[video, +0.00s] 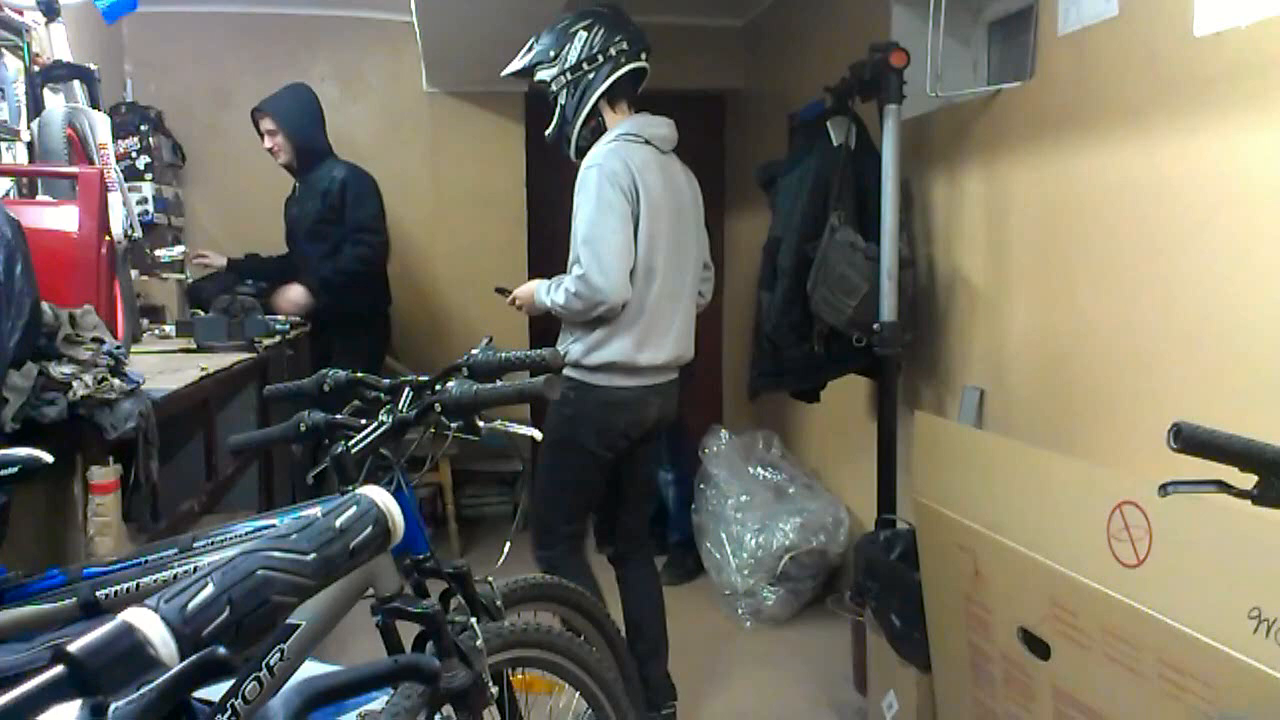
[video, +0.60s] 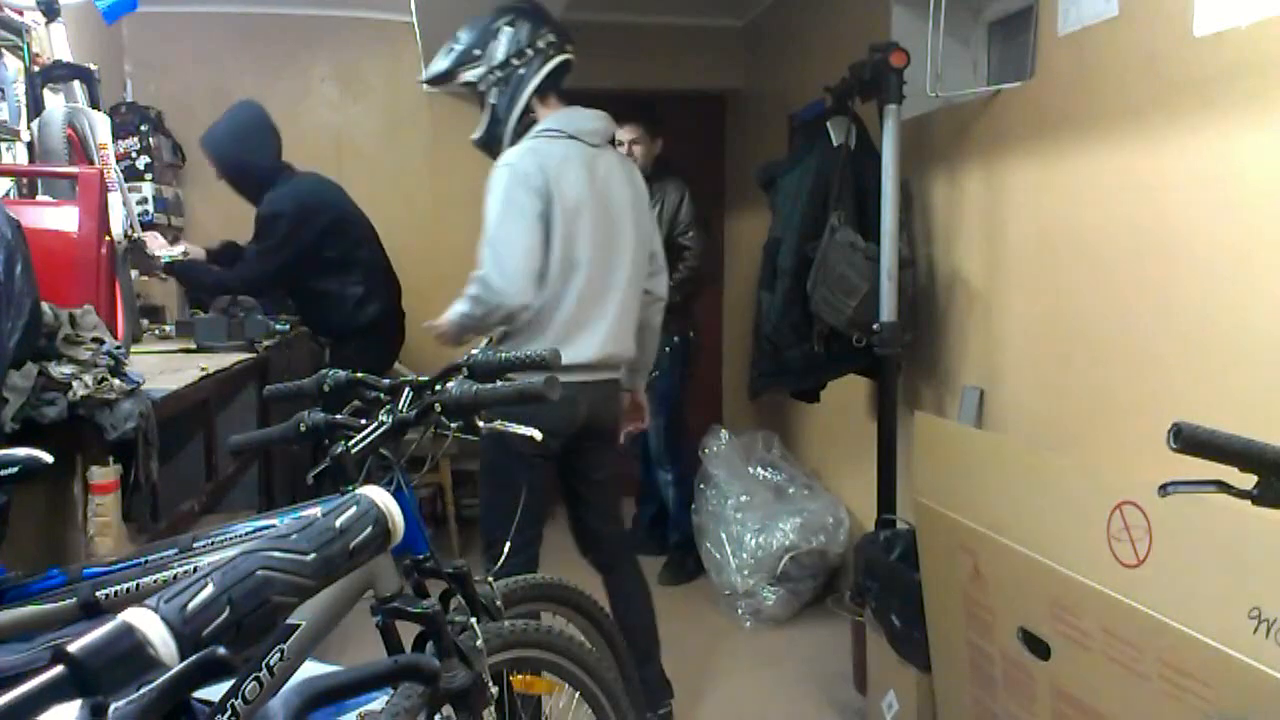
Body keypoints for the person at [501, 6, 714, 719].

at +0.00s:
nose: (557, 107)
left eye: (560, 90)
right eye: (554, 92)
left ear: (590, 86)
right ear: (627, 83)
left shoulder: (607, 165)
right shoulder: (679, 171)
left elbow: (601, 287)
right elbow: (702, 286)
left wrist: (541, 294)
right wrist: (634, 310)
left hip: (597, 395)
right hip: (656, 392)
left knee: (557, 539)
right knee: (633, 543)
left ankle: (609, 691)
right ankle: (653, 693)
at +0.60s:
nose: (483, 108)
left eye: (486, 91)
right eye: (480, 92)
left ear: (516, 82)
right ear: (550, 80)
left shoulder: (524, 164)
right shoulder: (621, 164)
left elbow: (508, 288)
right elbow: (653, 283)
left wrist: (454, 324)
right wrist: (634, 378)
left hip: (530, 394)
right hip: (602, 394)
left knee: (507, 552)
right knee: (610, 544)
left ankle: (505, 696)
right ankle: (649, 697)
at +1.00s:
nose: (427, 106)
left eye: (429, 88)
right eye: (422, 90)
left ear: (458, 75)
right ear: (498, 69)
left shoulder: (468, 167)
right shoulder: (589, 160)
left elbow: (385, 283)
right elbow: (624, 278)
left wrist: (295, 322)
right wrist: (601, 369)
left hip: (501, 390)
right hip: (576, 387)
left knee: (503, 554)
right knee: (569, 533)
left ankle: (515, 714)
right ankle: (623, 696)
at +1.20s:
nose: (417, 104)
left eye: (420, 86)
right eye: (412, 89)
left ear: (452, 77)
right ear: (488, 74)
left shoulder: (470, 168)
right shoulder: (578, 159)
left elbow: (393, 288)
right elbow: (614, 275)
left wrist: (310, 341)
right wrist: (592, 368)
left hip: (501, 392)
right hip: (569, 388)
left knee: (501, 556)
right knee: (553, 528)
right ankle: (617, 680)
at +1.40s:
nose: (421, 115)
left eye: (425, 97)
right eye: (417, 99)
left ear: (462, 81)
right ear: (479, 78)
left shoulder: (500, 165)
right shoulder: (564, 162)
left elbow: (484, 304)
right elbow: (597, 275)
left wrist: (423, 377)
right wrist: (554, 352)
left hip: (503, 393)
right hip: (555, 386)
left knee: (493, 553)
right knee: (542, 530)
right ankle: (606, 669)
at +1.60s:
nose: (461, 119)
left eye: (475, 102)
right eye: (448, 105)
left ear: (514, 90)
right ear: (435, 101)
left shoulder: (560, 174)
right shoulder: (498, 172)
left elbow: (564, 299)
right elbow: (495, 292)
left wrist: (507, 376)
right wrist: (470, 369)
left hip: (553, 382)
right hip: (508, 379)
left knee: (517, 541)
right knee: (527, 532)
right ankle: (581, 652)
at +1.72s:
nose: (492, 135)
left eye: (505, 121)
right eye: (478, 122)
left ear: (538, 112)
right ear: (462, 122)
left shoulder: (575, 191)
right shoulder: (488, 197)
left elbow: (581, 308)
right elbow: (467, 299)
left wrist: (503, 362)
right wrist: (412, 357)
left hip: (573, 387)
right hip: (514, 386)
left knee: (524, 551)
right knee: (510, 546)